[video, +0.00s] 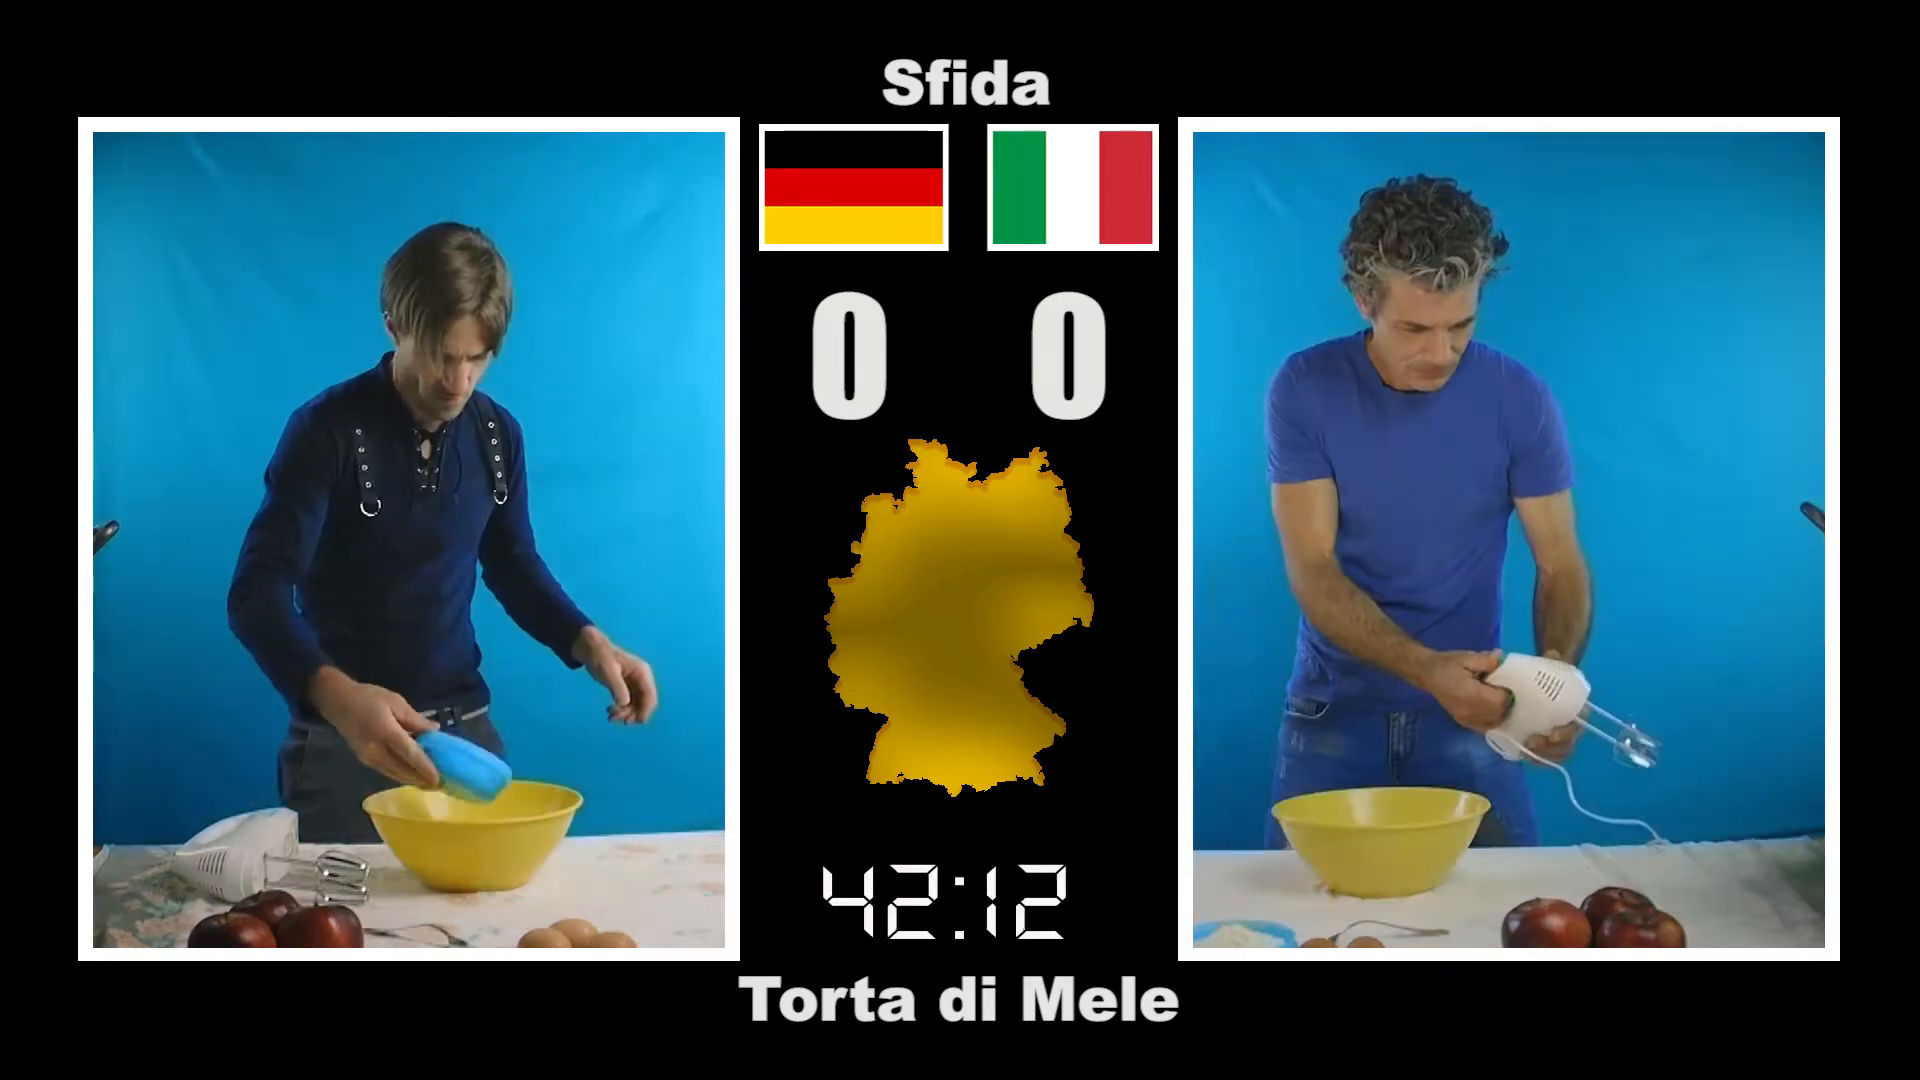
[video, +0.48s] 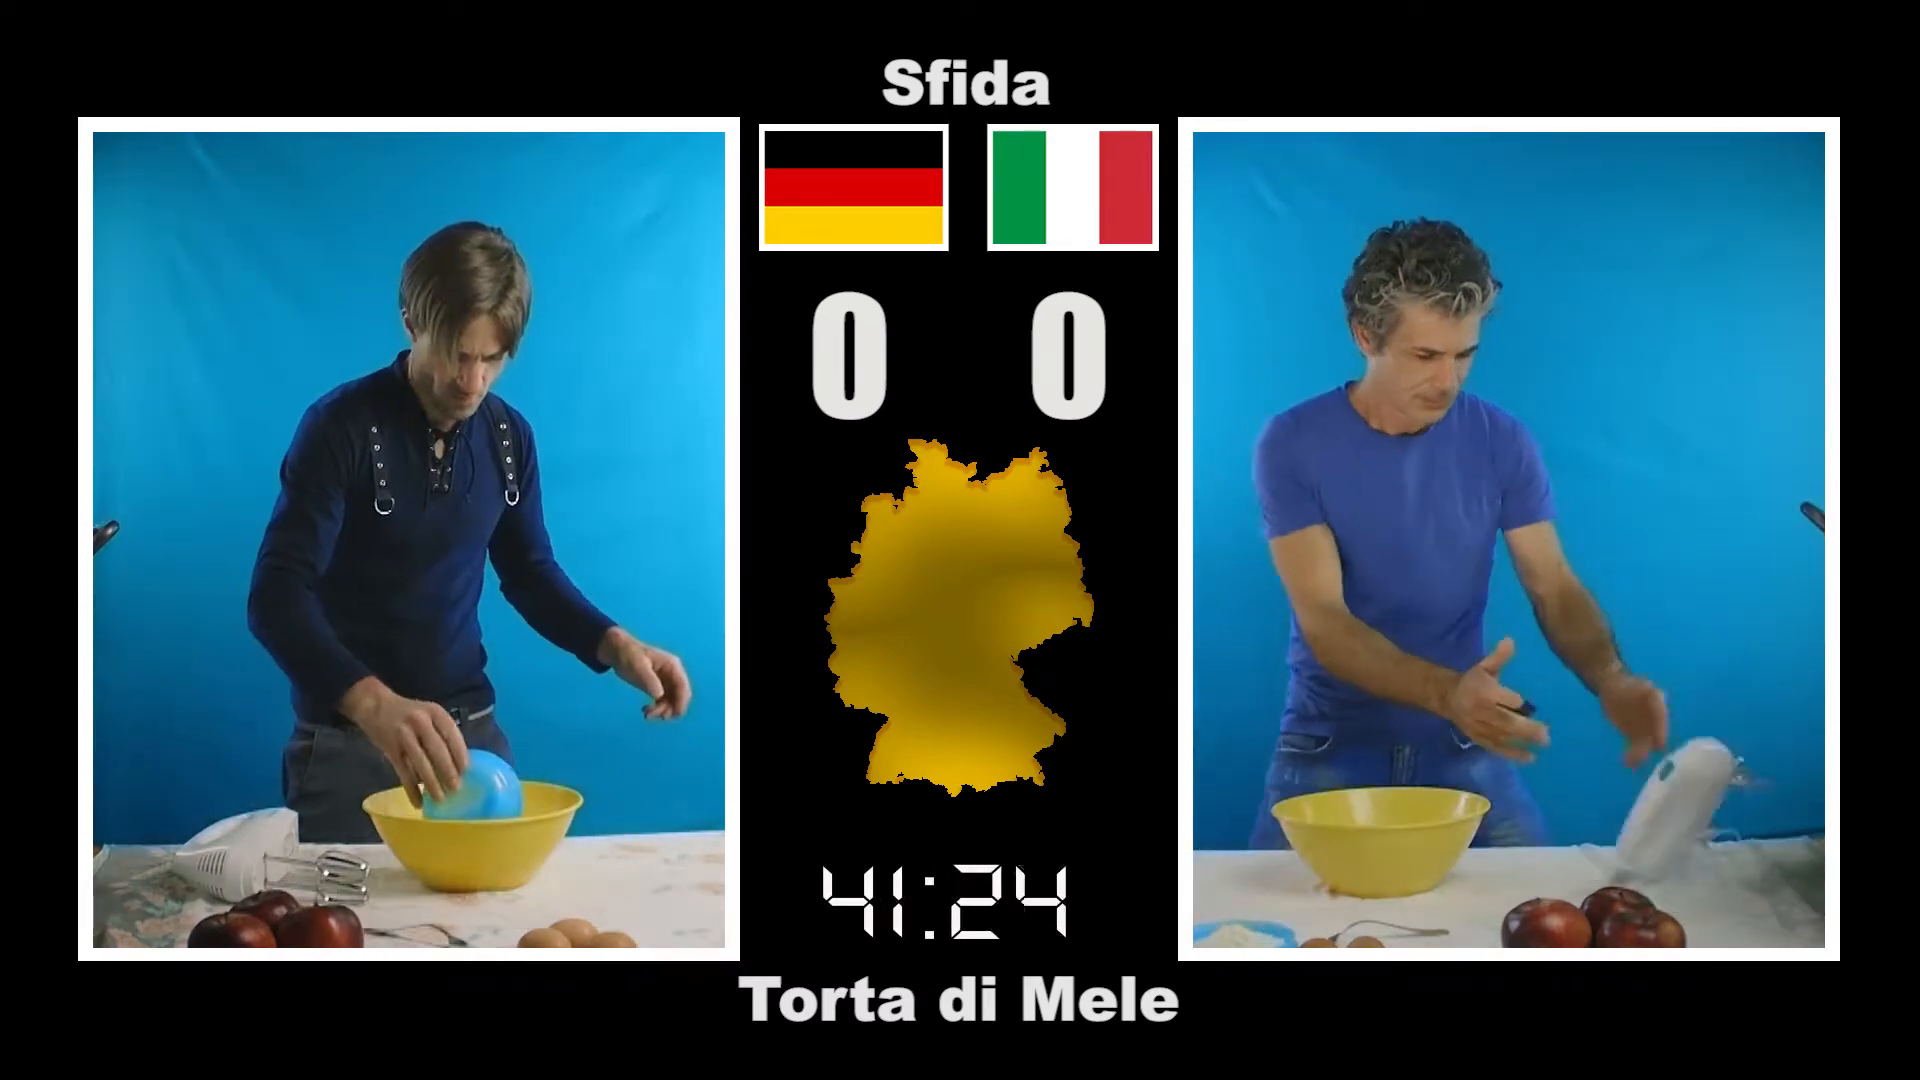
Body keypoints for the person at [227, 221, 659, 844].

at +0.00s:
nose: (458, 380)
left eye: (476, 358)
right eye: (442, 356)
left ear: (494, 344)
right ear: (397, 329)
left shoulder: (495, 437)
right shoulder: (329, 432)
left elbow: (511, 560)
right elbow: (257, 595)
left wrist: (590, 645)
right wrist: (337, 697)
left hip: (463, 737)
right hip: (343, 748)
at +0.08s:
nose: (463, 381)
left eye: (481, 358)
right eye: (447, 357)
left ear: (500, 344)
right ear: (403, 328)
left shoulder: (498, 438)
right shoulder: (333, 432)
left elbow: (513, 564)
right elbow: (262, 592)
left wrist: (593, 650)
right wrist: (337, 697)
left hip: (464, 740)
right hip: (344, 751)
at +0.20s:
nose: (469, 382)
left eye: (487, 359)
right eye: (453, 356)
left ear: (506, 346)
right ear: (409, 329)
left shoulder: (502, 438)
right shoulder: (338, 430)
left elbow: (520, 569)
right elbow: (270, 592)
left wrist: (603, 652)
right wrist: (353, 701)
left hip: (467, 743)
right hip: (346, 751)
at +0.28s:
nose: (472, 381)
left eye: (490, 359)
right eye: (456, 357)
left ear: (509, 346)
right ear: (412, 328)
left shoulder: (505, 438)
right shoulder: (340, 431)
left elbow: (523, 569)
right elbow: (274, 594)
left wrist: (608, 652)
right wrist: (365, 702)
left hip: (468, 739)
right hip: (348, 748)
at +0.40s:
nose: (473, 381)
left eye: (493, 358)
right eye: (458, 356)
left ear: (511, 344)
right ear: (414, 327)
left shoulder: (506, 438)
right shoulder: (341, 430)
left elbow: (528, 571)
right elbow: (277, 594)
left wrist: (616, 650)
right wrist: (372, 702)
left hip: (470, 738)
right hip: (350, 748)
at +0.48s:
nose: (475, 380)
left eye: (494, 358)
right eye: (460, 356)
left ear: (512, 343)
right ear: (415, 326)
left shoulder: (506, 438)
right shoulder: (341, 430)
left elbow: (529, 572)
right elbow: (277, 596)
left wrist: (618, 648)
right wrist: (372, 702)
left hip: (470, 737)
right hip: (350, 748)